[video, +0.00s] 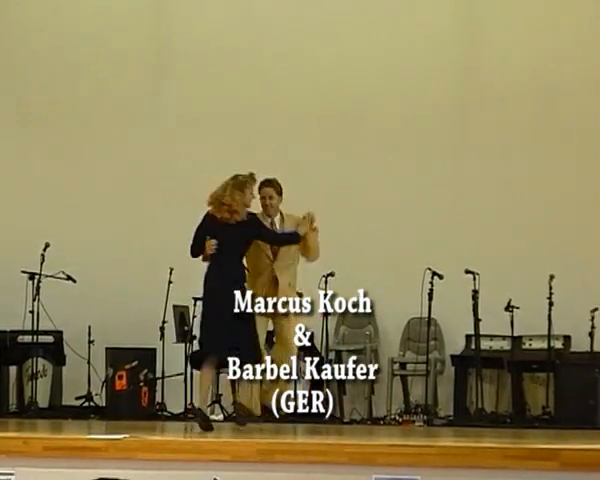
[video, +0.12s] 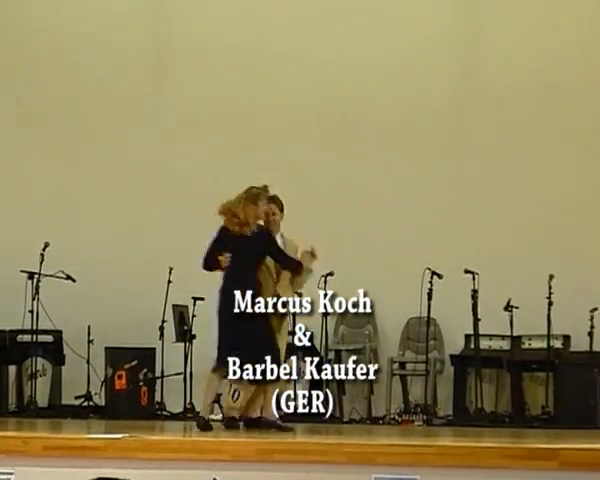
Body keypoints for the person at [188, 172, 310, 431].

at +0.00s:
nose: (254, 199)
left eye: (253, 195)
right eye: (251, 194)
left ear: (227, 192)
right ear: (243, 195)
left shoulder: (210, 218)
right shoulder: (249, 221)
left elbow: (195, 251)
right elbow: (275, 239)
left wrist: (205, 246)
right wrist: (301, 233)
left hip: (213, 284)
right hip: (236, 285)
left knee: (213, 347)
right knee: (244, 344)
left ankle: (201, 405)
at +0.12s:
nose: (265, 210)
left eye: (266, 205)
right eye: (262, 205)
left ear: (242, 206)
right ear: (252, 207)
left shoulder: (226, 231)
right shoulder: (261, 236)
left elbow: (208, 263)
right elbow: (287, 262)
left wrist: (223, 261)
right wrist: (304, 262)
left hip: (229, 300)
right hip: (250, 301)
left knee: (226, 356)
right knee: (269, 356)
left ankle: (205, 412)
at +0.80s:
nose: (324, 225)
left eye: (327, 220)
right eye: (323, 221)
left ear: (339, 219)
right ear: (323, 223)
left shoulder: (342, 248)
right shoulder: (340, 247)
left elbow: (325, 277)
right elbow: (325, 276)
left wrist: (294, 272)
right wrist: (295, 272)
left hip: (356, 315)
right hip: (355, 314)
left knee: (329, 364)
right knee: (337, 365)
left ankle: (350, 418)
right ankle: (356, 416)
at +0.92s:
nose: (332, 237)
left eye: (336, 233)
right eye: (333, 233)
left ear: (348, 234)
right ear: (350, 235)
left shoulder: (349, 258)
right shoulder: (359, 256)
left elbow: (323, 284)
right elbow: (325, 283)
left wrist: (291, 291)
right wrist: (293, 291)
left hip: (373, 324)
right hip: (381, 323)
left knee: (331, 364)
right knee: (355, 367)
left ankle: (350, 418)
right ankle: (359, 418)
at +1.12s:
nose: (356, 224)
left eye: (360, 219)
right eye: (354, 220)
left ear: (373, 218)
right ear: (354, 221)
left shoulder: (366, 243)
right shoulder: (382, 243)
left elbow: (338, 261)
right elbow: (373, 280)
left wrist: (306, 271)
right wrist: (341, 276)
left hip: (391, 310)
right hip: (403, 310)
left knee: (356, 358)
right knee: (366, 361)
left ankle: (354, 416)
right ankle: (363, 416)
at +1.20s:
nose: (363, 223)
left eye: (368, 218)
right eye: (361, 218)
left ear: (380, 220)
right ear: (362, 220)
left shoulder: (373, 243)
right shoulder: (388, 243)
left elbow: (347, 260)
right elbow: (376, 281)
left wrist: (313, 270)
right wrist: (345, 279)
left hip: (395, 310)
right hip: (408, 310)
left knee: (361, 358)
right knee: (378, 362)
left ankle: (355, 415)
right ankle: (377, 417)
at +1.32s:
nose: (368, 222)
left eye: (372, 218)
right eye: (366, 219)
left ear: (384, 219)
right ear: (368, 220)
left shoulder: (378, 242)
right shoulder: (391, 244)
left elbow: (352, 260)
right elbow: (372, 276)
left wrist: (325, 264)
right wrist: (342, 275)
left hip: (394, 312)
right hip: (406, 311)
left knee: (358, 358)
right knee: (379, 362)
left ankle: (355, 415)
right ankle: (377, 418)